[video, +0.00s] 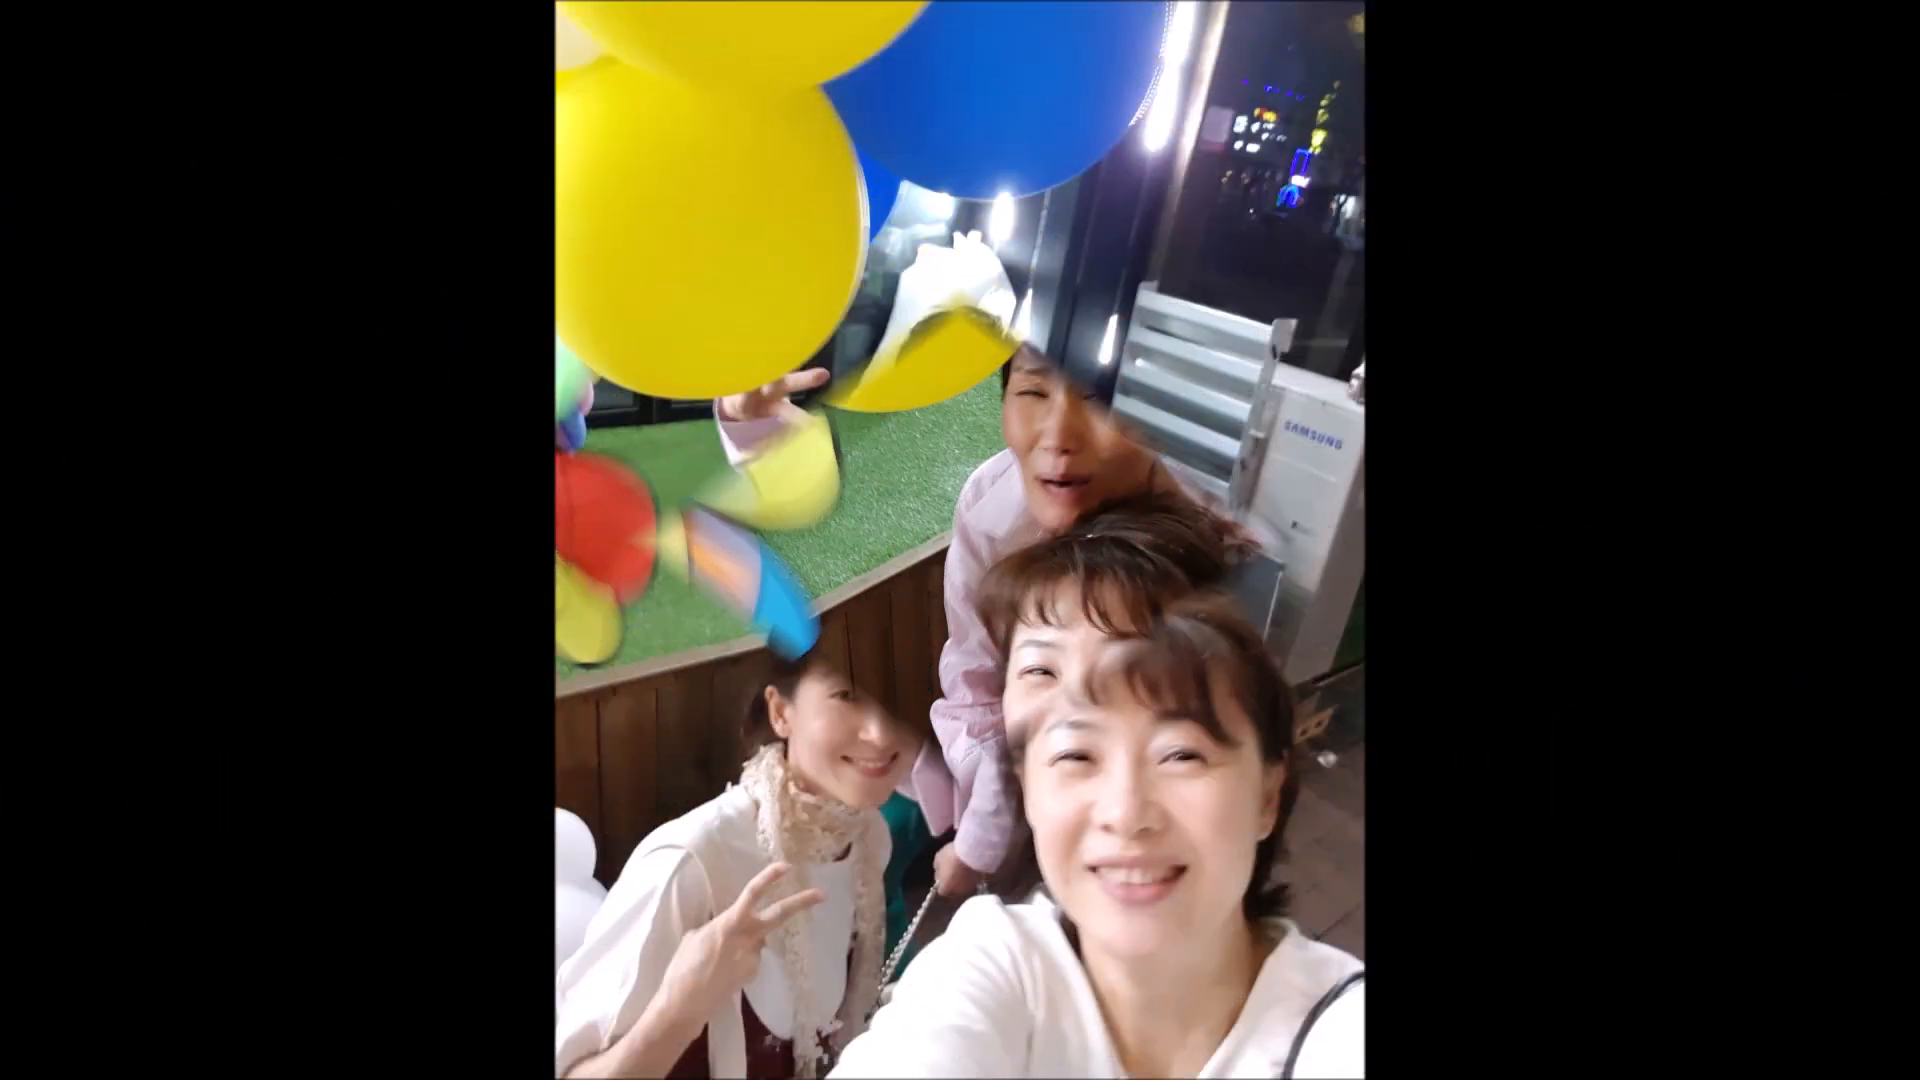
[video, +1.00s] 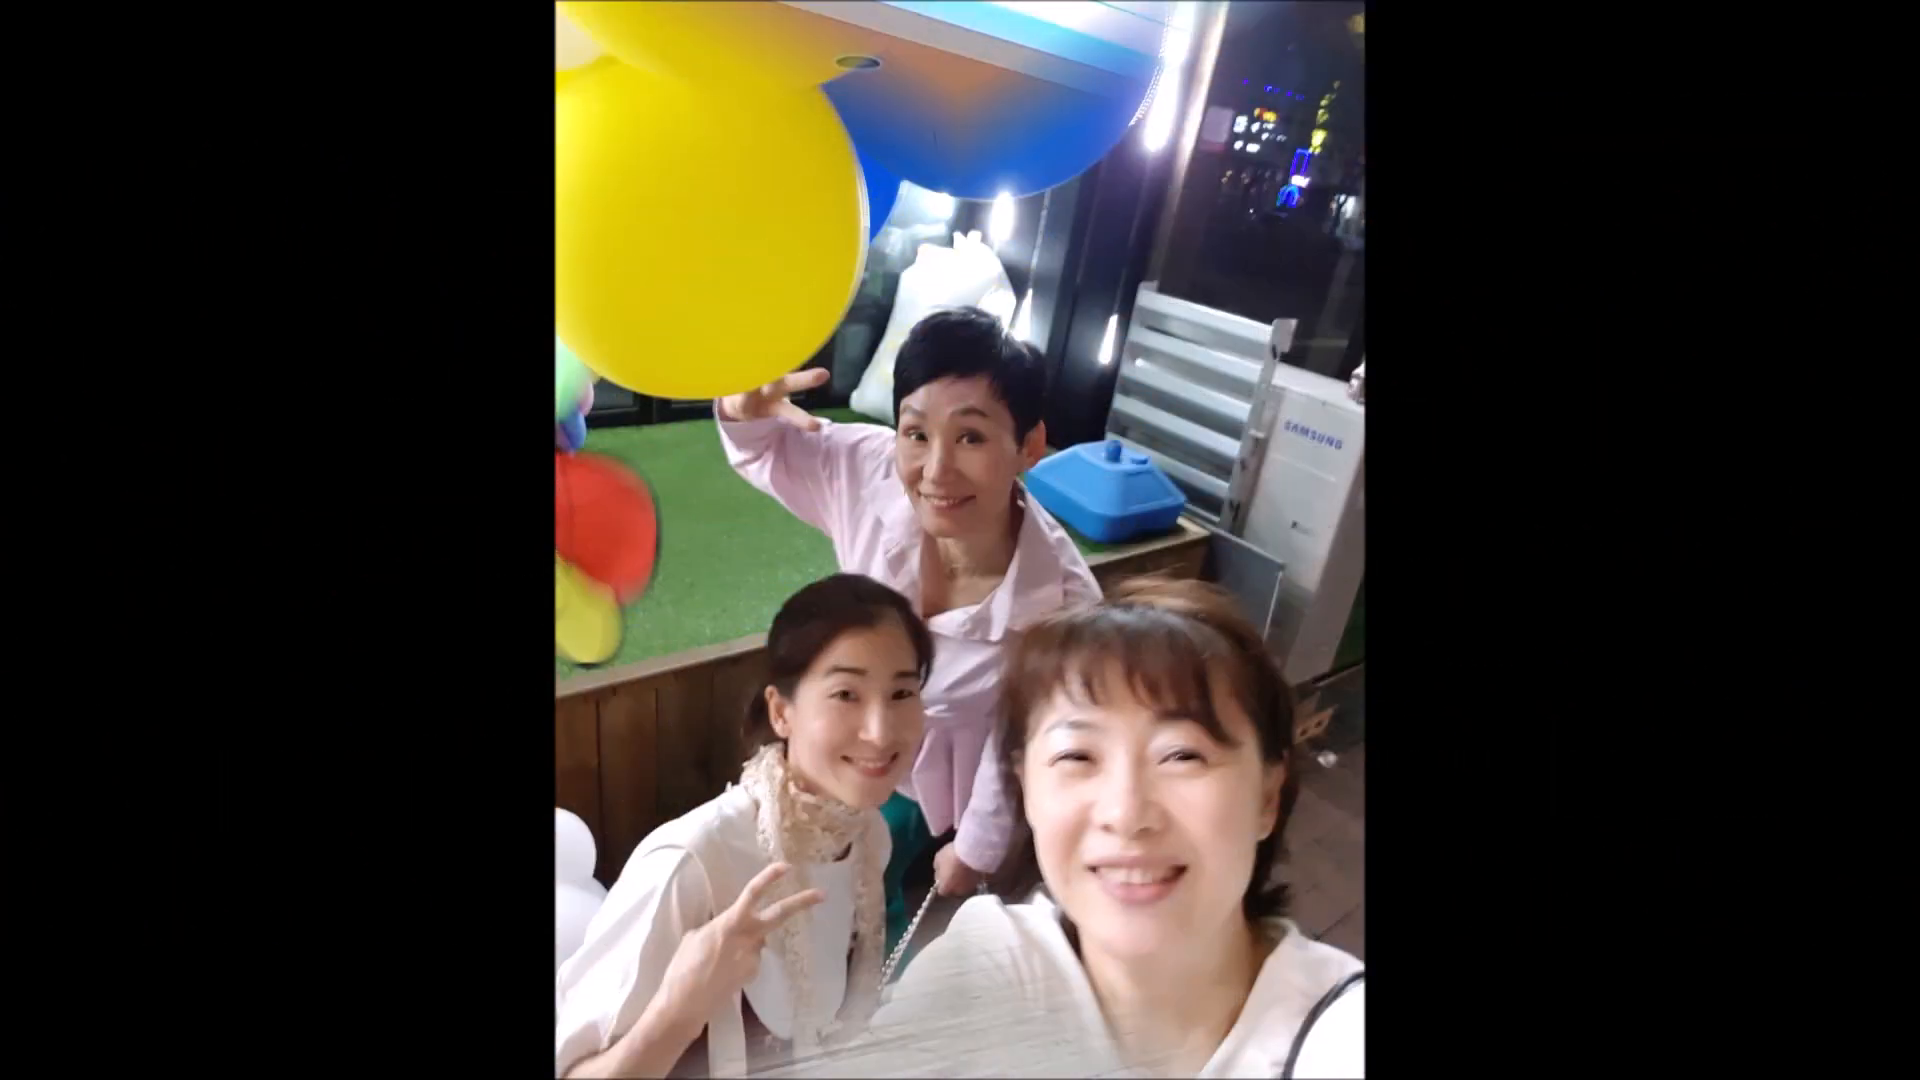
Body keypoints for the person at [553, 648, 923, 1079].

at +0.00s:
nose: (881, 734)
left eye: (901, 700)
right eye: (847, 694)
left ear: (927, 718)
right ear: (781, 711)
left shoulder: (871, 837)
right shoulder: (689, 862)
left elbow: (858, 1011)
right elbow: (575, 1068)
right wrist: (677, 1014)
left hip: (820, 1064)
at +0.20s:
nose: (881, 732)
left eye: (903, 694)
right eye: (845, 694)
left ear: (922, 706)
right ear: (782, 712)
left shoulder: (870, 836)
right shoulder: (687, 864)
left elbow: (852, 1020)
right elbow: (574, 1070)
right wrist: (682, 1007)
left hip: (811, 1067)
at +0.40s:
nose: (881, 732)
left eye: (903, 694)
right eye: (845, 694)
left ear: (922, 706)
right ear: (782, 712)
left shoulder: (870, 836)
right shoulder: (687, 863)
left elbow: (853, 1020)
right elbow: (574, 1070)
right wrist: (682, 1007)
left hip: (811, 1067)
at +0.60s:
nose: (881, 732)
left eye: (903, 694)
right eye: (845, 694)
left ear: (922, 706)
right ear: (782, 712)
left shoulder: (870, 836)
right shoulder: (687, 863)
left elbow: (853, 1020)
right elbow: (574, 1070)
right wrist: (682, 1007)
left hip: (812, 1067)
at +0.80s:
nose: (881, 732)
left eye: (903, 694)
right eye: (845, 694)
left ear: (922, 706)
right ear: (782, 712)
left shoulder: (870, 836)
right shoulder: (687, 863)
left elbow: (853, 1020)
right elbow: (574, 1070)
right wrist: (682, 1007)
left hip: (812, 1067)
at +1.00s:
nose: (882, 732)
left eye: (903, 694)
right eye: (845, 695)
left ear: (922, 706)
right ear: (782, 712)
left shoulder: (870, 835)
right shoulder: (688, 863)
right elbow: (575, 1070)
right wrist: (682, 1007)